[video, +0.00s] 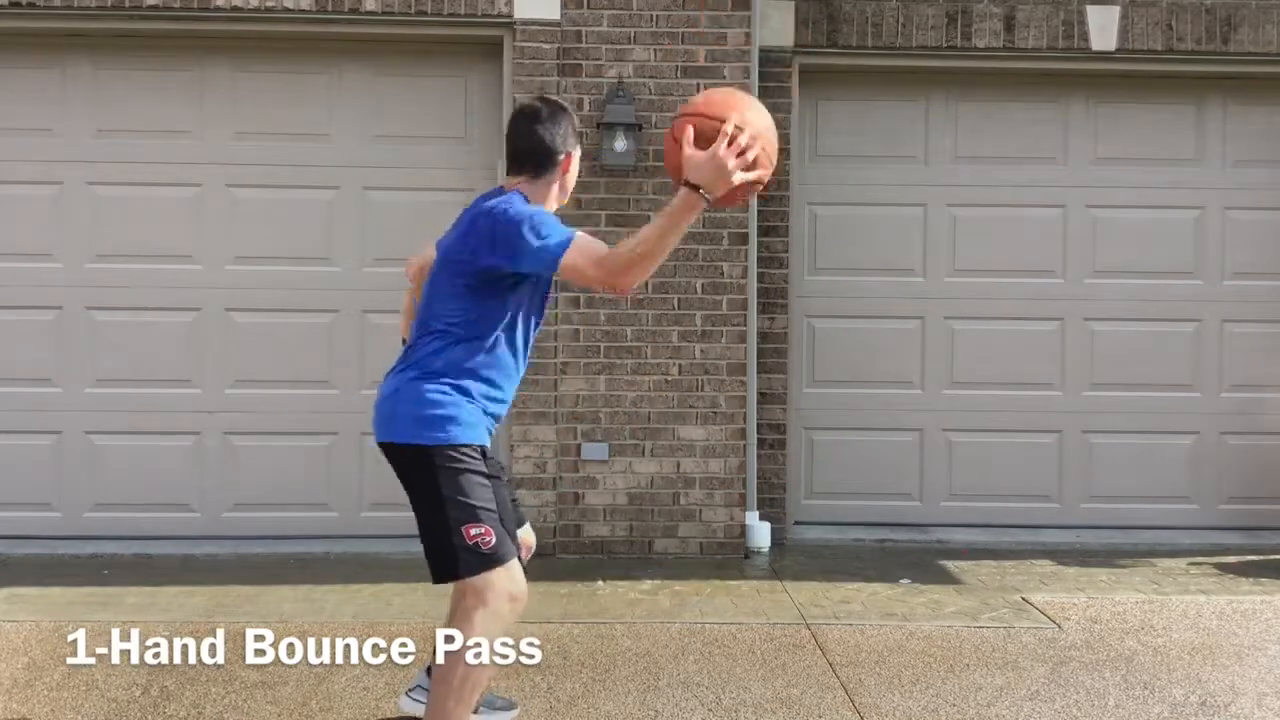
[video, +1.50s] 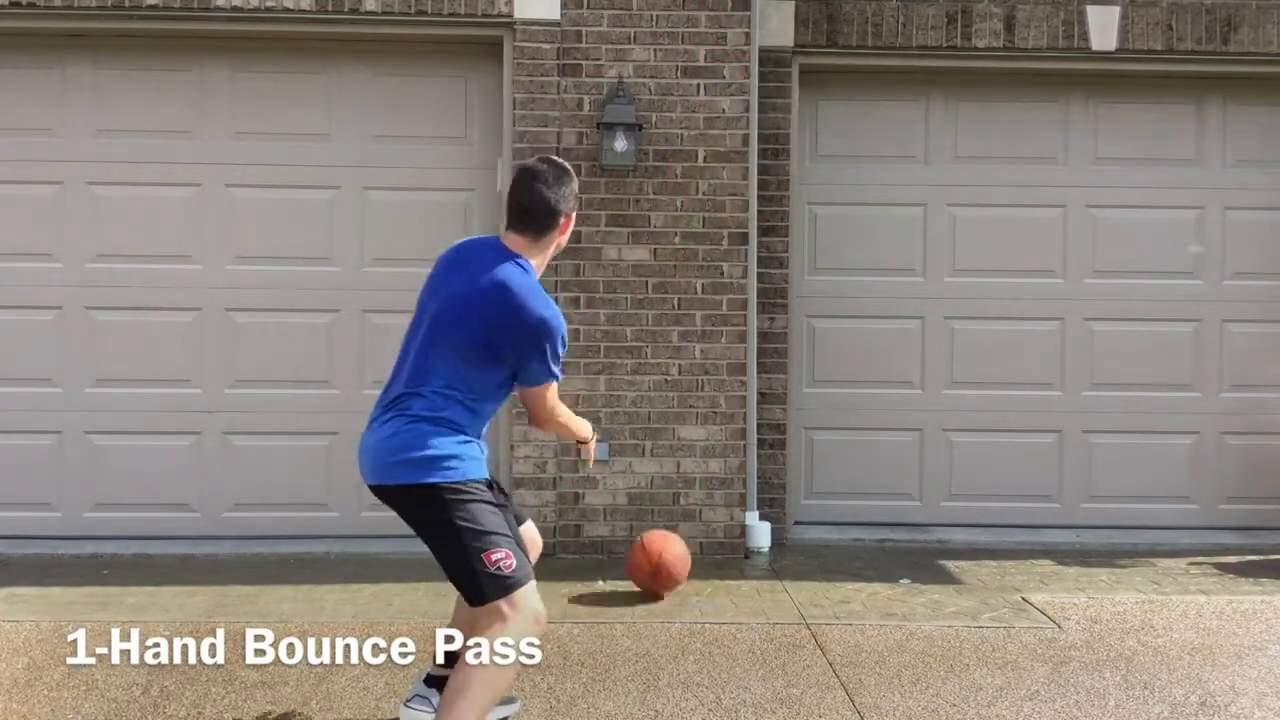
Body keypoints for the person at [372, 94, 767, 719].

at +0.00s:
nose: (578, 170)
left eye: (576, 159)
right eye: (578, 159)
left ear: (511, 160)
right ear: (567, 165)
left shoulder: (486, 212)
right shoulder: (515, 218)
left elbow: (421, 268)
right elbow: (617, 273)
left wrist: (414, 345)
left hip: (445, 416)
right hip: (437, 417)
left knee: (513, 541)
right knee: (498, 591)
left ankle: (443, 680)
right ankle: (449, 709)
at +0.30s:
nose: (573, 237)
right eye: (575, 227)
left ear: (510, 213)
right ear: (567, 233)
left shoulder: (458, 254)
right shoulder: (537, 316)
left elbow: (403, 337)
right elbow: (559, 411)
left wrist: (496, 376)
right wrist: (595, 430)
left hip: (388, 452)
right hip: (435, 461)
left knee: (522, 539)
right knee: (520, 622)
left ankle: (443, 682)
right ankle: (454, 712)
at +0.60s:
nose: (563, 199)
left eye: (562, 189)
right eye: (562, 190)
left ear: (494, 190)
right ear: (554, 197)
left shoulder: (455, 246)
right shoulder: (535, 273)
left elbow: (400, 340)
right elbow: (584, 393)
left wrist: (480, 407)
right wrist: (647, 400)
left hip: (401, 438)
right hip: (442, 447)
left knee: (521, 544)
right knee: (518, 616)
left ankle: (441, 685)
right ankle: (453, 710)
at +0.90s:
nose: (567, 156)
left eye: (564, 146)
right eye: (566, 146)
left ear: (499, 149)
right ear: (555, 152)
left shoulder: (477, 208)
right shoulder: (532, 207)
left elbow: (426, 309)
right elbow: (667, 219)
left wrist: (491, 385)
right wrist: (736, 139)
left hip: (433, 416)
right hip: (449, 422)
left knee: (501, 573)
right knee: (521, 594)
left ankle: (447, 679)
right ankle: (463, 709)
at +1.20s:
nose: (593, 199)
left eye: (590, 188)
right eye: (594, 189)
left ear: (528, 183)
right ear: (584, 197)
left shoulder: (503, 240)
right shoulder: (515, 251)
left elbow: (431, 288)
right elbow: (597, 325)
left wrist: (426, 373)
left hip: (452, 432)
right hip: (430, 434)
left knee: (531, 549)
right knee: (507, 593)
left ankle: (444, 679)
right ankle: (455, 709)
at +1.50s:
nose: (572, 224)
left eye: (569, 214)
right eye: (573, 216)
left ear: (508, 210)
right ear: (565, 227)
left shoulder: (460, 256)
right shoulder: (535, 313)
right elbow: (543, 412)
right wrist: (583, 430)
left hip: (389, 444)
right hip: (433, 456)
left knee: (525, 541)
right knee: (519, 620)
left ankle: (442, 683)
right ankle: (455, 708)